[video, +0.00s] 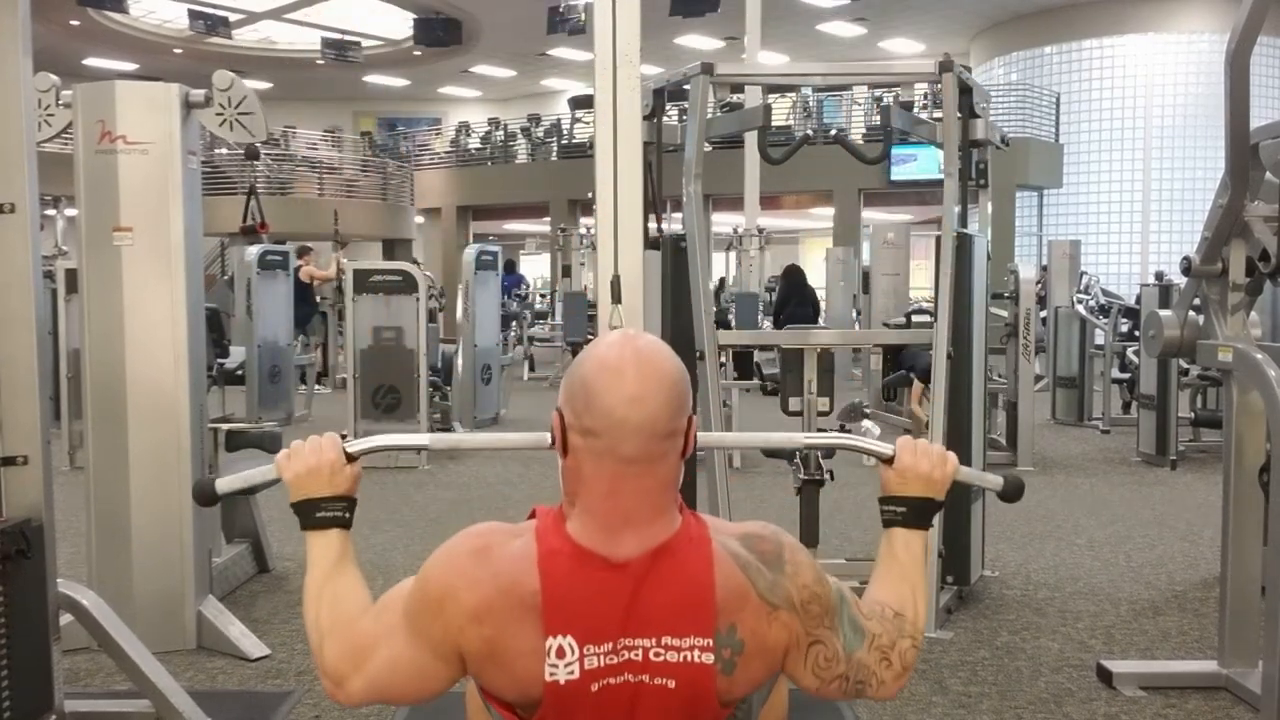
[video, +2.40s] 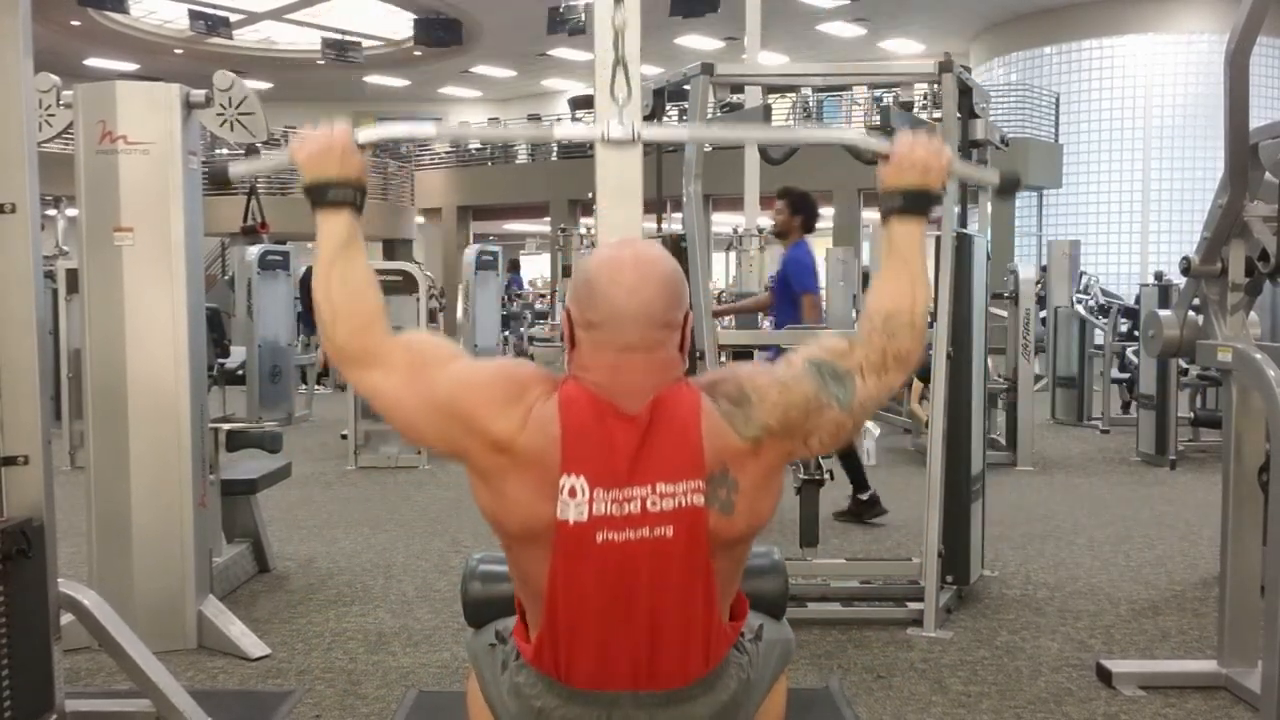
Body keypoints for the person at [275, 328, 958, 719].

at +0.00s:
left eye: (562, 407)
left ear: (561, 435)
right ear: (688, 440)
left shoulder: (480, 574)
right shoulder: (761, 571)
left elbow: (349, 671)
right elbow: (879, 668)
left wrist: (323, 516)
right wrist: (912, 511)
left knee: (484, 665)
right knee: (773, 648)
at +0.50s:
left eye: (557, 369)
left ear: (555, 395)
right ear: (679, 397)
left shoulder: (479, 519)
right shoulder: (753, 519)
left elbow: (335, 565)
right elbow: (896, 561)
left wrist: (321, 412)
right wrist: (907, 413)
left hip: (532, 712)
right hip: (698, 710)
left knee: (484, 650)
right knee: (799, 674)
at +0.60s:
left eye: (559, 362)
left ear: (557, 383)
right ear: (679, 384)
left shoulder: (479, 502)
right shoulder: (754, 501)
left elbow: (333, 532)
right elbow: (897, 527)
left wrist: (323, 378)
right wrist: (909, 375)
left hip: (534, 707)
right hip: (707, 706)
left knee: (484, 628)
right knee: (772, 638)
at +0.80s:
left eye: (561, 332)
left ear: (558, 354)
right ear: (677, 355)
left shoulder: (486, 460)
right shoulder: (748, 459)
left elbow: (332, 450)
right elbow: (897, 438)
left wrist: (326, 302)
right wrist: (907, 298)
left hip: (547, 701)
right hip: (700, 699)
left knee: (488, 605)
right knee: (769, 638)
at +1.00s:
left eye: (560, 303)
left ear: (559, 325)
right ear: (674, 325)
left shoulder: (490, 417)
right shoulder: (749, 416)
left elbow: (340, 375)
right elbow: (888, 364)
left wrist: (329, 224)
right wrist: (902, 216)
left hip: (546, 695)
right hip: (708, 692)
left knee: (484, 662)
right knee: (771, 648)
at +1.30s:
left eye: (566, 277)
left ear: (566, 299)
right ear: (673, 297)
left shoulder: (506, 370)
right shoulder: (737, 372)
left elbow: (373, 283)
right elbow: (860, 280)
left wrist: (343, 133)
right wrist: (890, 133)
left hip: (553, 690)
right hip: (700, 688)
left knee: (488, 658)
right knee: (767, 650)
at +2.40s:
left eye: (566, 311)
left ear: (569, 331)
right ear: (684, 330)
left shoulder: (503, 411)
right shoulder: (754, 411)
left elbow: (360, 351)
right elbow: (888, 355)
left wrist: (333, 199)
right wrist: (908, 207)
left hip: (552, 691)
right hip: (710, 688)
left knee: (486, 660)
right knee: (770, 642)